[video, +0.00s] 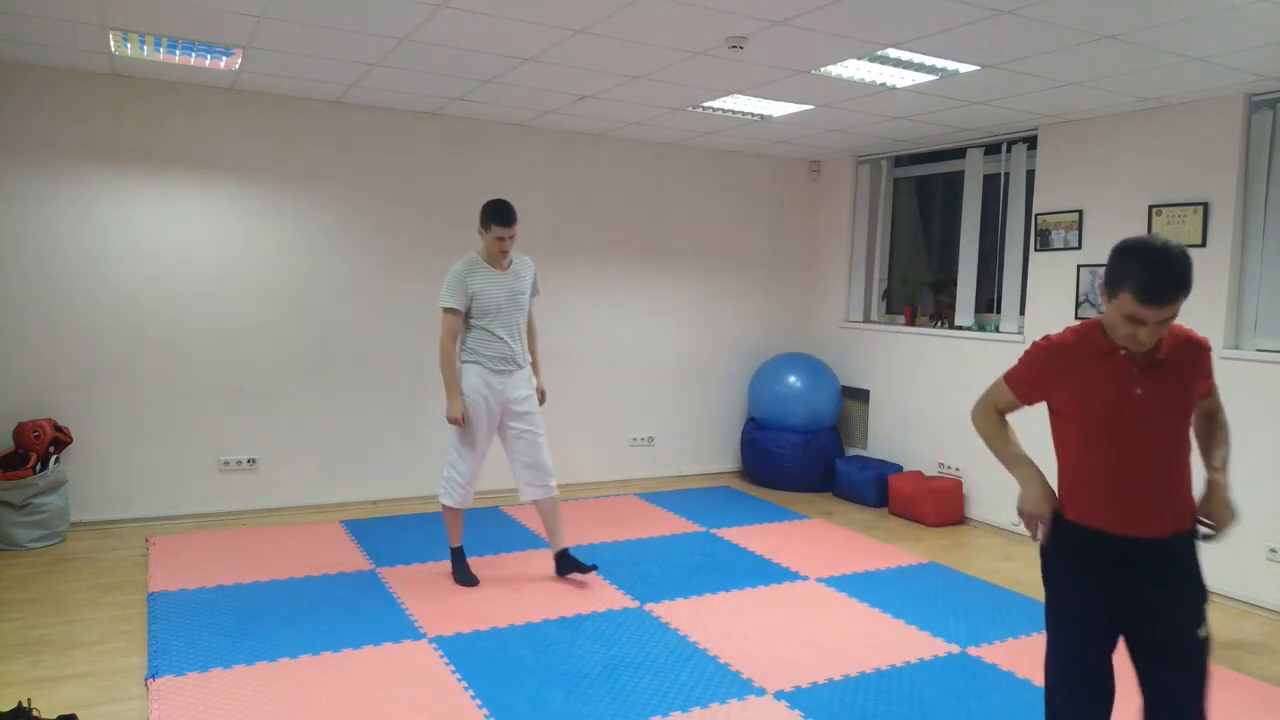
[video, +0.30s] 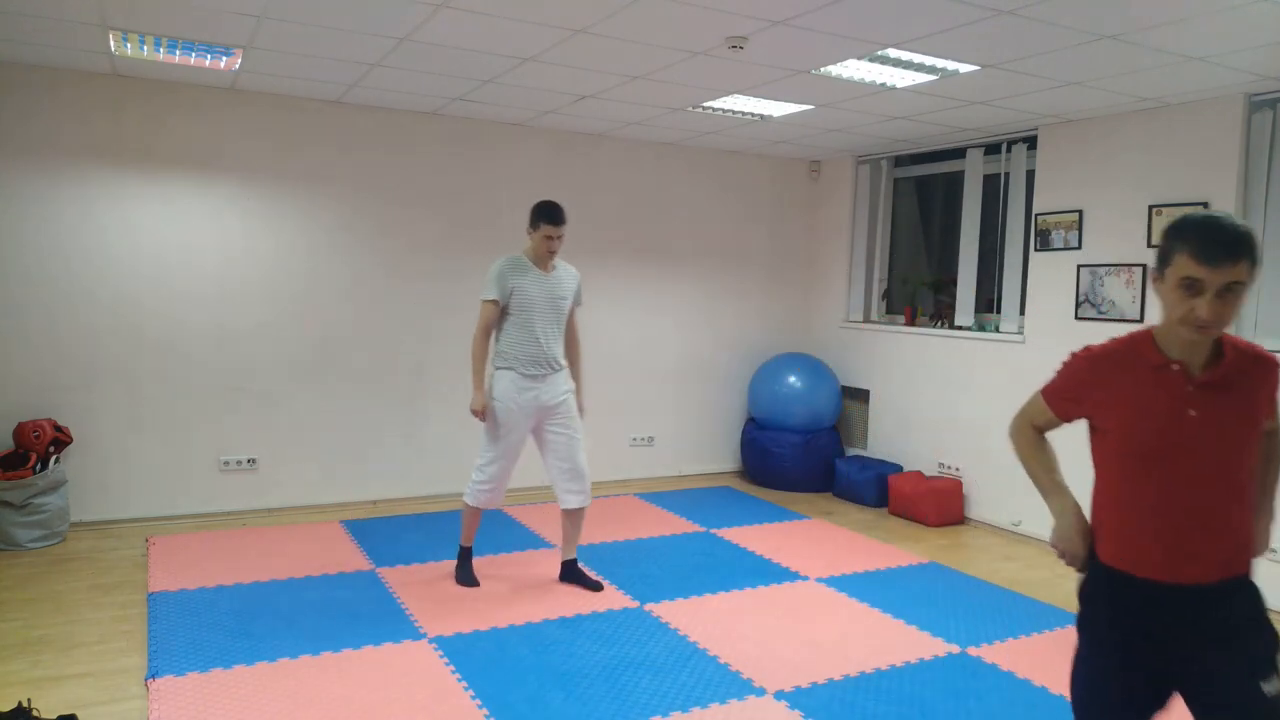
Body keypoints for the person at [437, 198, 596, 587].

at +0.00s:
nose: (507, 246)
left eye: (512, 238)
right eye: (500, 239)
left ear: (517, 234)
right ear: (482, 233)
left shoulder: (524, 267)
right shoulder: (463, 273)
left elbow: (528, 323)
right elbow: (448, 339)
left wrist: (536, 374)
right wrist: (453, 396)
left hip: (519, 380)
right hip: (477, 380)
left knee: (537, 465)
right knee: (463, 468)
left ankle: (562, 554)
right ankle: (457, 555)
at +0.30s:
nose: (554, 244)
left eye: (559, 238)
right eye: (547, 237)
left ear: (564, 237)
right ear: (530, 233)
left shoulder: (569, 277)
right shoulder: (507, 270)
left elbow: (570, 335)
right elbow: (483, 331)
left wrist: (577, 389)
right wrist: (479, 390)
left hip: (556, 385)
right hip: (511, 384)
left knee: (575, 472)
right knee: (491, 471)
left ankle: (569, 564)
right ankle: (464, 557)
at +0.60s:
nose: (598, 241)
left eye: (603, 234)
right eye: (591, 233)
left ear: (608, 233)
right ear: (574, 229)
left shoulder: (612, 277)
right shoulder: (547, 266)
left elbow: (624, 337)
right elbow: (525, 324)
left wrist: (639, 392)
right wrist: (532, 378)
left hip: (586, 382)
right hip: (548, 379)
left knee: (586, 472)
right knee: (539, 471)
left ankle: (570, 563)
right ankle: (505, 554)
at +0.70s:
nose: (609, 241)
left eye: (615, 234)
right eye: (603, 233)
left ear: (619, 234)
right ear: (586, 229)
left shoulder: (621, 278)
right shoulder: (560, 266)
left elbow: (634, 336)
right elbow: (535, 324)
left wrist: (652, 390)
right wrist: (544, 378)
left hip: (595, 383)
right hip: (557, 381)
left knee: (590, 474)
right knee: (555, 474)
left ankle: (570, 564)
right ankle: (539, 564)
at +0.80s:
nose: (620, 242)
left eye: (625, 235)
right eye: (614, 234)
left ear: (630, 235)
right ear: (596, 230)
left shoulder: (629, 279)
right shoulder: (570, 267)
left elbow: (641, 337)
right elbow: (545, 325)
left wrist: (659, 387)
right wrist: (553, 381)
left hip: (605, 383)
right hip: (568, 381)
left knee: (595, 472)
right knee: (573, 470)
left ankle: (573, 559)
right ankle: (574, 563)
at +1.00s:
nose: (642, 244)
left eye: (647, 238)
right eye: (636, 237)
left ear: (649, 237)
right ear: (616, 232)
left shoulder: (646, 282)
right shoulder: (589, 273)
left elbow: (647, 343)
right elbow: (567, 335)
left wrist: (654, 396)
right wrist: (570, 396)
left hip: (630, 387)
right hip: (594, 386)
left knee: (602, 477)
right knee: (609, 478)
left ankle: (572, 561)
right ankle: (635, 579)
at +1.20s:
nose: (663, 243)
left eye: (667, 235)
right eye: (656, 236)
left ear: (669, 234)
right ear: (636, 233)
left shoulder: (663, 276)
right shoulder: (615, 277)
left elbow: (661, 343)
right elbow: (600, 346)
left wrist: (669, 398)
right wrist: (600, 409)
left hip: (655, 387)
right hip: (625, 385)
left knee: (636, 480)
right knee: (638, 482)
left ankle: (581, 551)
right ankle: (642, 584)